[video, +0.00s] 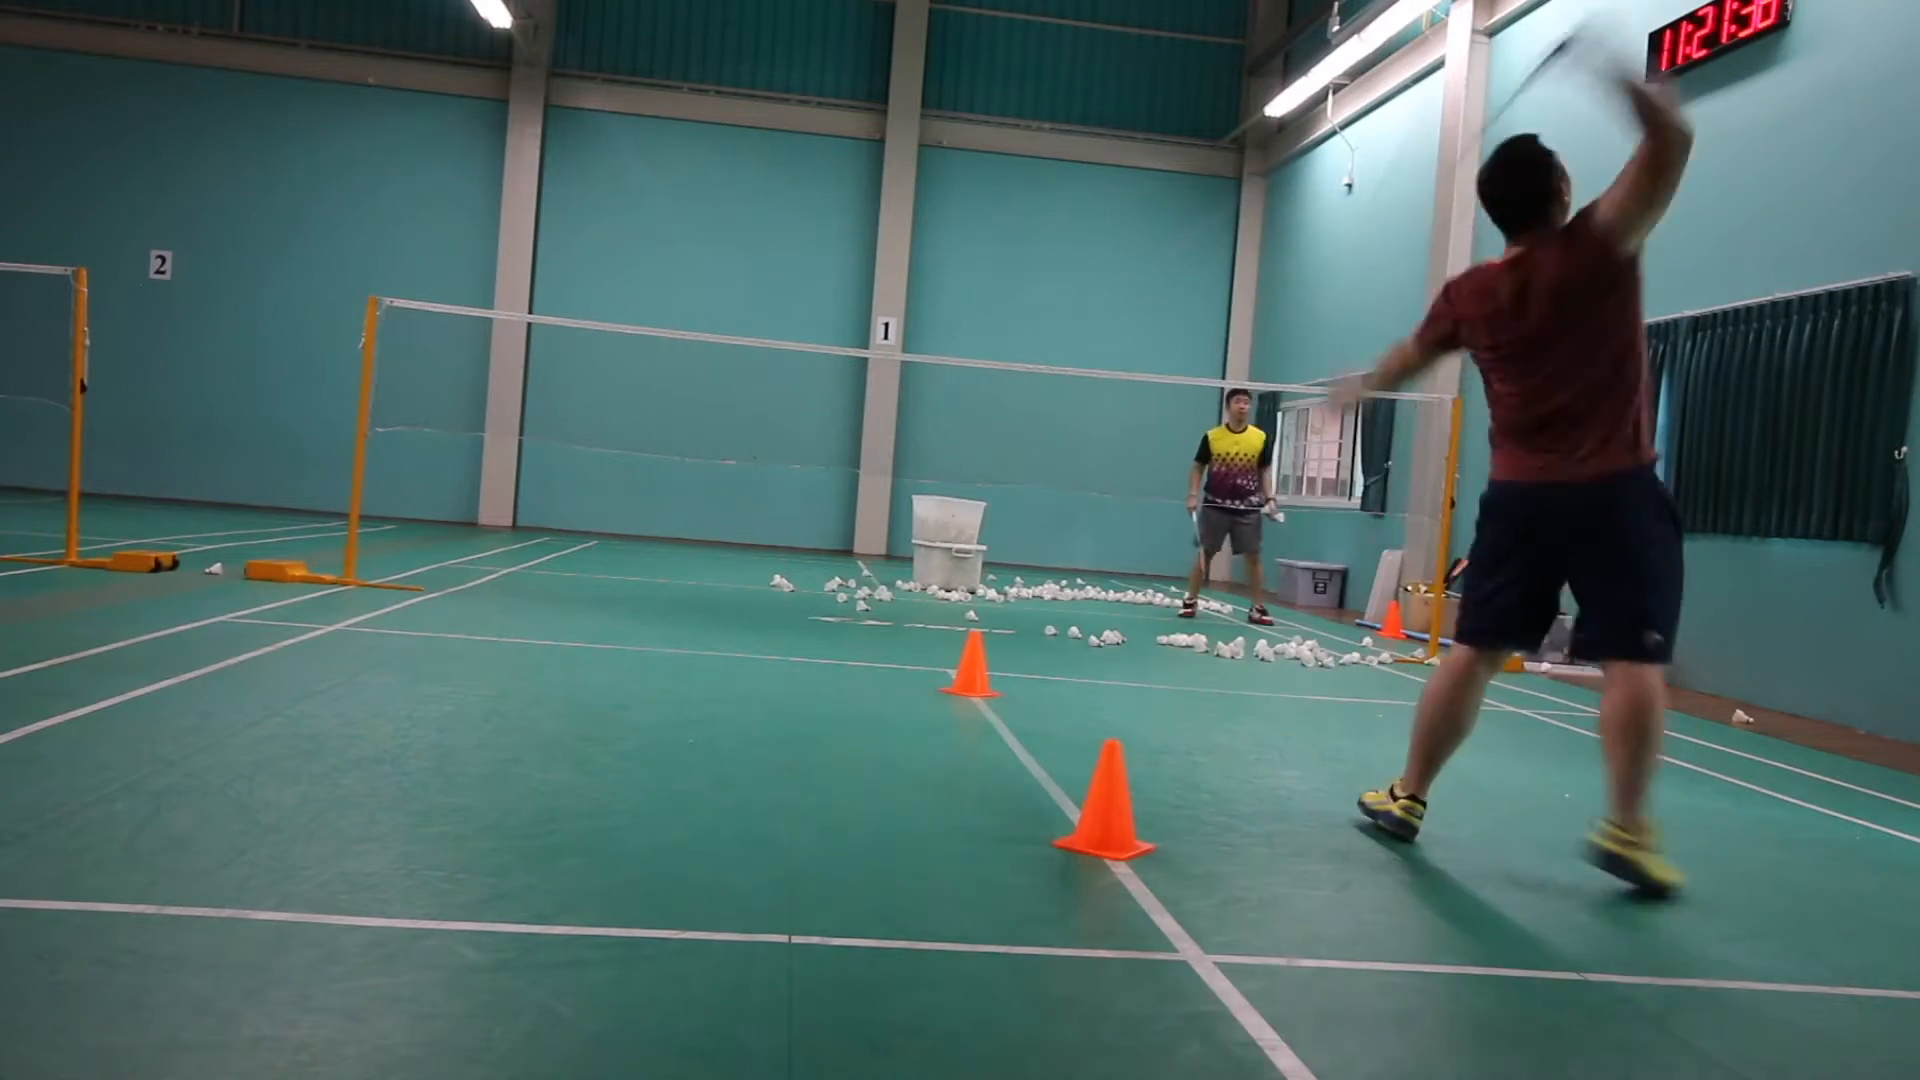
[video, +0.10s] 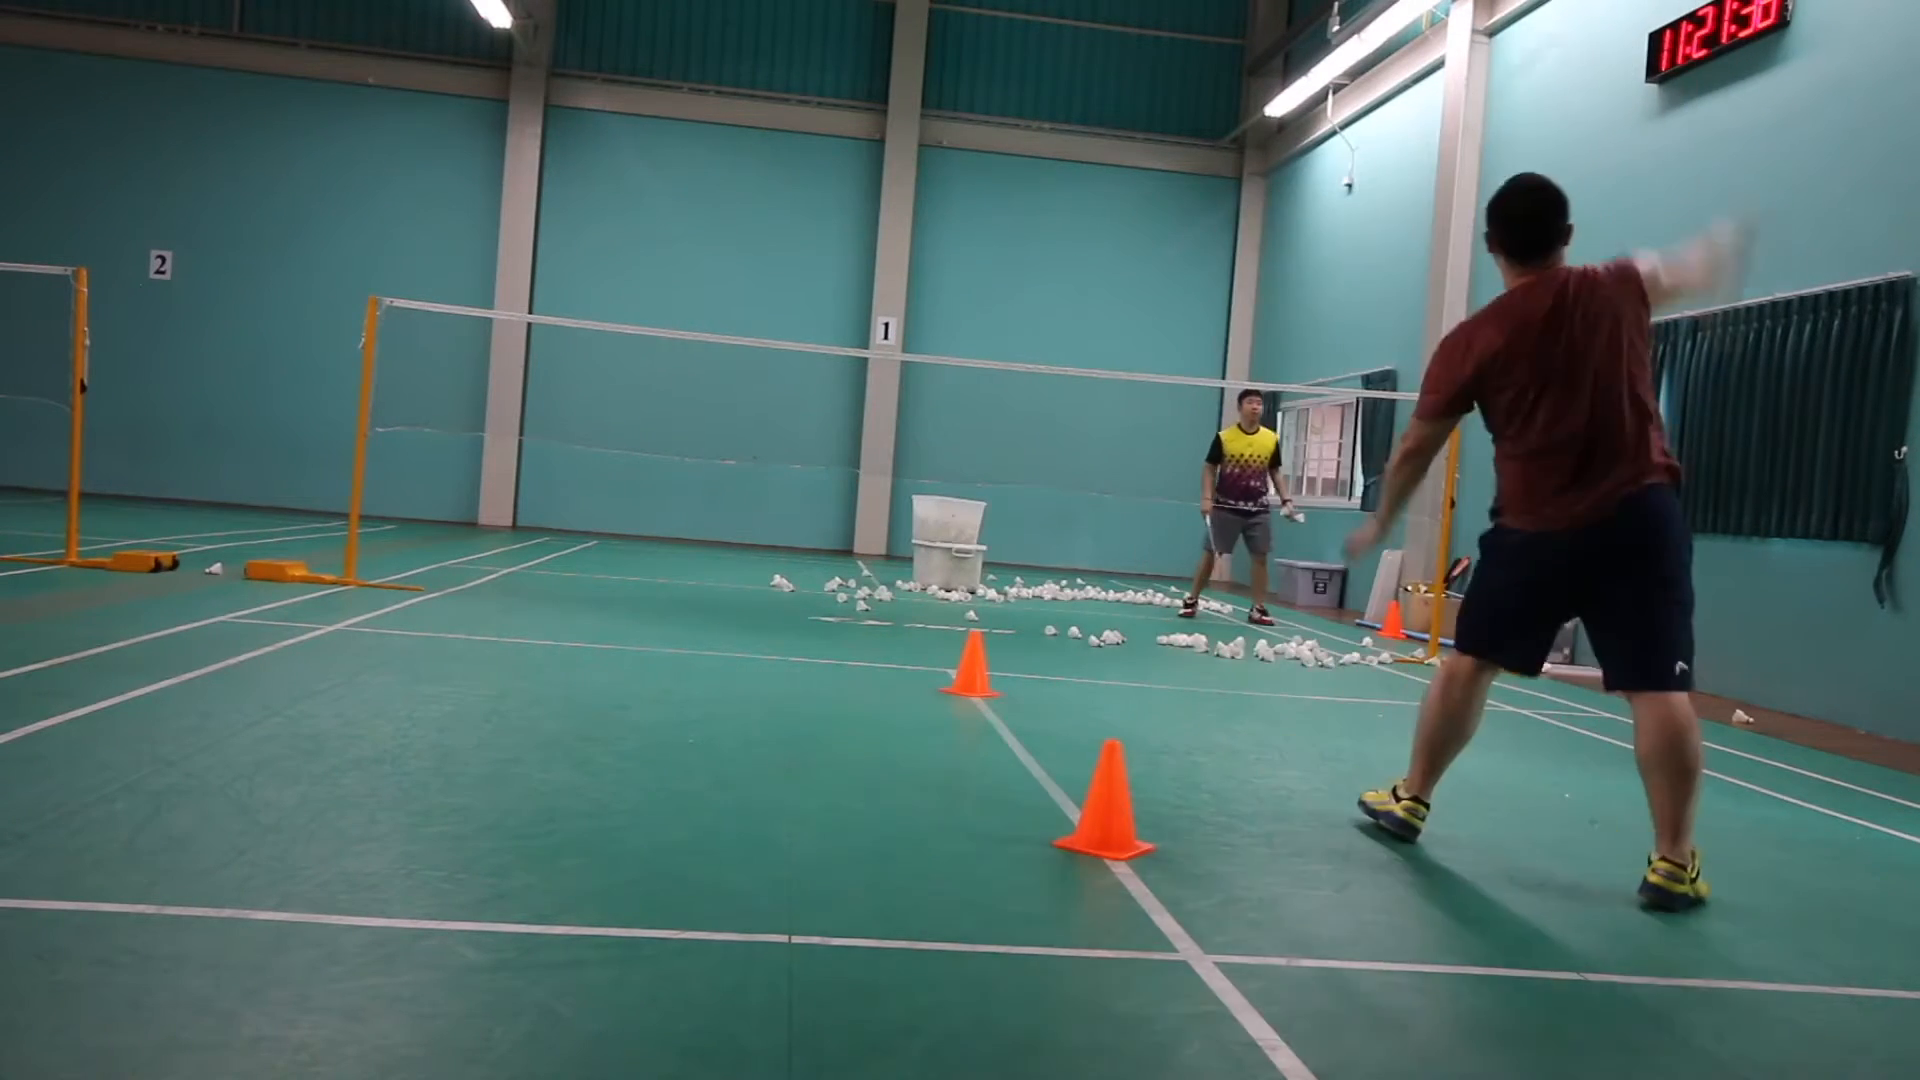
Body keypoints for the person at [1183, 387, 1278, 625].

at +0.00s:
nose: (1242, 407)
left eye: (1246, 403)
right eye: (1238, 402)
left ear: (1250, 408)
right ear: (1228, 406)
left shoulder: (1261, 438)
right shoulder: (1212, 437)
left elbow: (1265, 470)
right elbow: (1198, 467)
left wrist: (1269, 497)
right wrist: (1193, 494)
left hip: (1248, 509)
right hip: (1216, 506)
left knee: (1254, 558)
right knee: (1204, 555)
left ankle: (1258, 607)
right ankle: (1191, 600)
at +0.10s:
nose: (1255, 407)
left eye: (1258, 403)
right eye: (1250, 403)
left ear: (1262, 409)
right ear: (1240, 407)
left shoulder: (1271, 439)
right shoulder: (1224, 437)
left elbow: (1275, 471)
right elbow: (1209, 468)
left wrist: (1285, 499)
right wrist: (1207, 498)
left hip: (1258, 510)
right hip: (1226, 508)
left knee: (1260, 558)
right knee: (1210, 554)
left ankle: (1258, 607)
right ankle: (1192, 599)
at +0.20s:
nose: (1264, 409)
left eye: (1267, 405)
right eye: (1258, 405)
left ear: (1270, 411)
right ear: (1248, 409)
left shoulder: (1277, 440)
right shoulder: (1231, 440)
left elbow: (1283, 472)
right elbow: (1217, 472)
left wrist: (1295, 500)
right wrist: (1221, 502)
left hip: (1263, 512)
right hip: (1233, 509)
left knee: (1263, 559)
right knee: (1215, 553)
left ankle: (1258, 607)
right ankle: (1192, 598)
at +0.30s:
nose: (1267, 413)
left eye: (1270, 409)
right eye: (1262, 408)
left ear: (1274, 413)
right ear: (1252, 412)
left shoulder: (1280, 441)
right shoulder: (1236, 442)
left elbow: (1285, 473)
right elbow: (1221, 475)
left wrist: (1298, 501)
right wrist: (1237, 496)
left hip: (1262, 510)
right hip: (1232, 507)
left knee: (1263, 558)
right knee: (1216, 551)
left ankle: (1258, 608)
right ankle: (1194, 596)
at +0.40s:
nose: (1266, 417)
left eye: (1270, 413)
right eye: (1261, 412)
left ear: (1273, 416)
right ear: (1251, 414)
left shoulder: (1276, 442)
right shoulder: (1235, 441)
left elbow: (1281, 473)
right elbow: (1215, 465)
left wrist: (1294, 498)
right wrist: (1236, 477)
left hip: (1259, 510)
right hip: (1229, 507)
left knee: (1261, 559)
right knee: (1214, 553)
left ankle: (1259, 607)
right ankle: (1194, 600)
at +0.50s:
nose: (1253, 422)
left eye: (1257, 418)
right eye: (1249, 416)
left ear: (1264, 422)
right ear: (1243, 416)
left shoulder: (1263, 444)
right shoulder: (1230, 440)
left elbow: (1267, 472)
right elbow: (1211, 460)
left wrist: (1279, 496)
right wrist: (1230, 459)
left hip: (1247, 507)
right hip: (1219, 505)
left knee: (1259, 555)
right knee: (1211, 554)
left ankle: (1251, 609)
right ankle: (1196, 601)